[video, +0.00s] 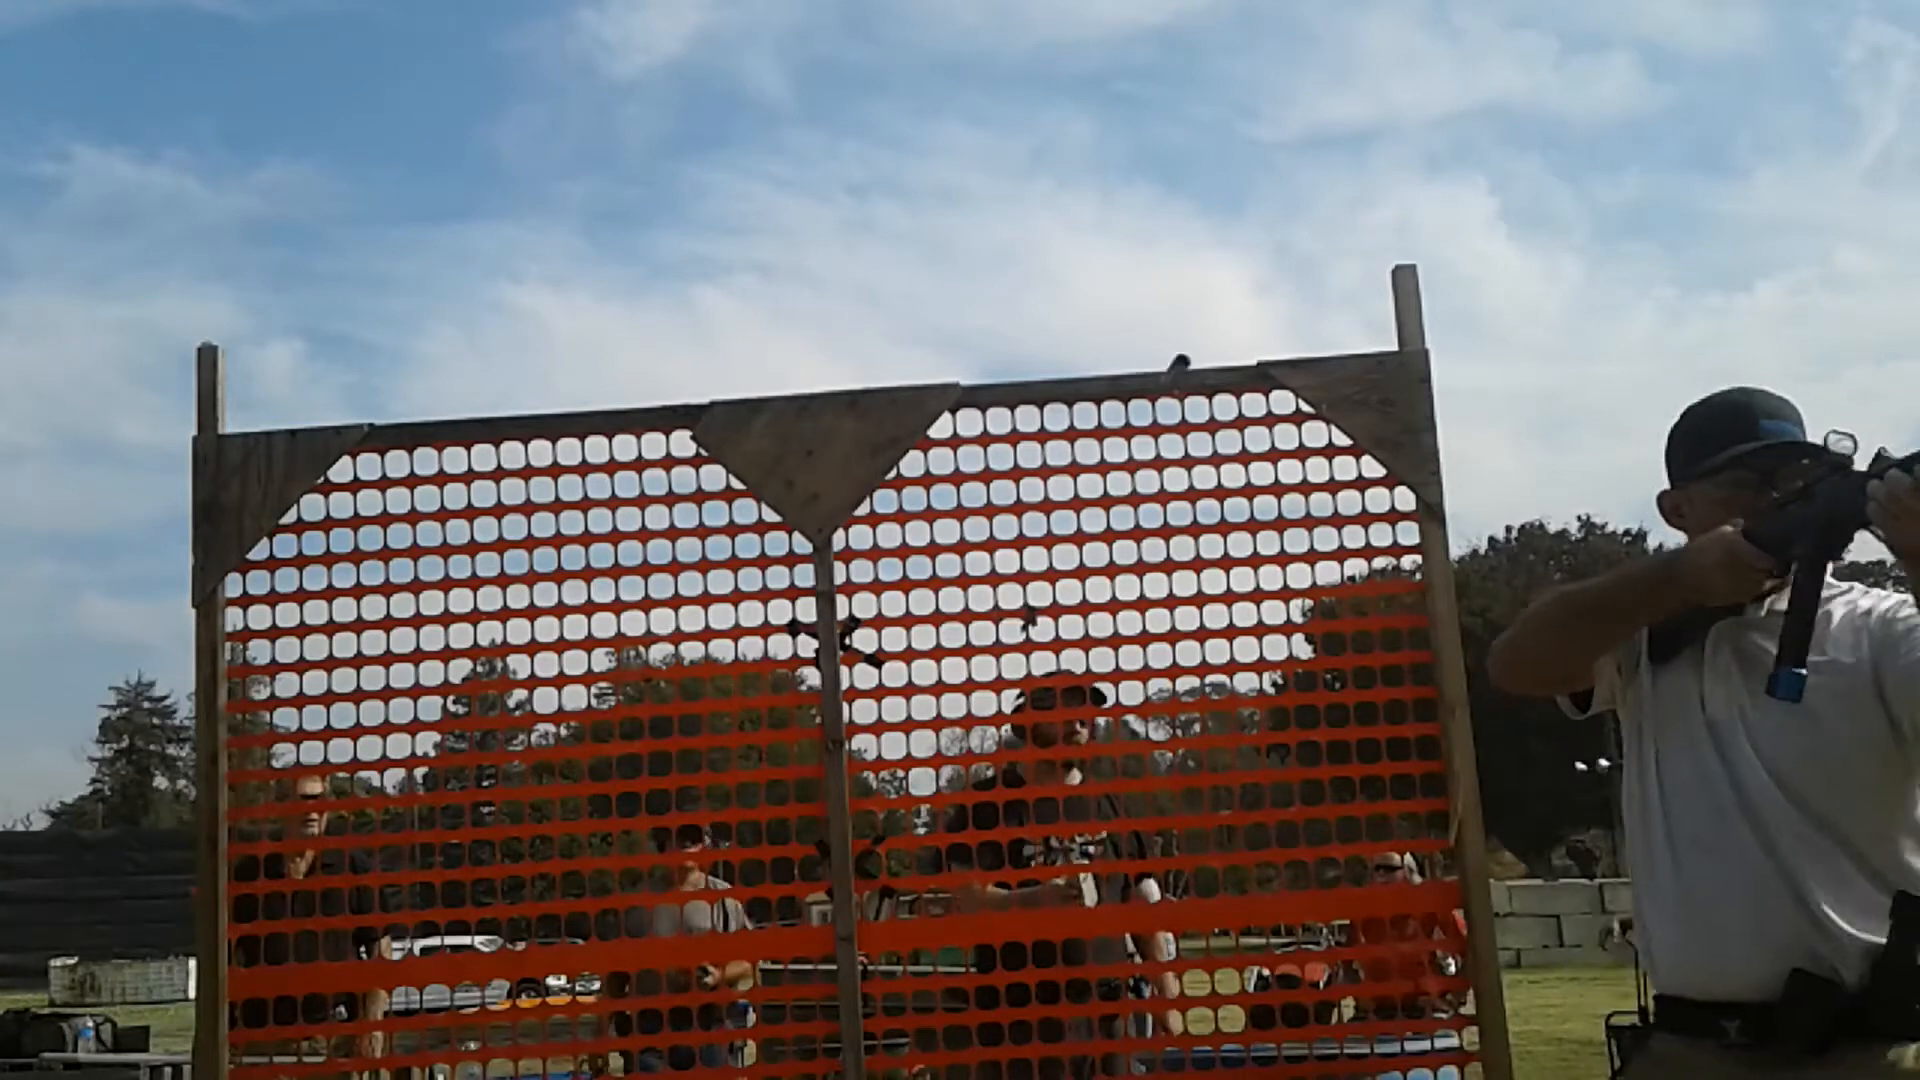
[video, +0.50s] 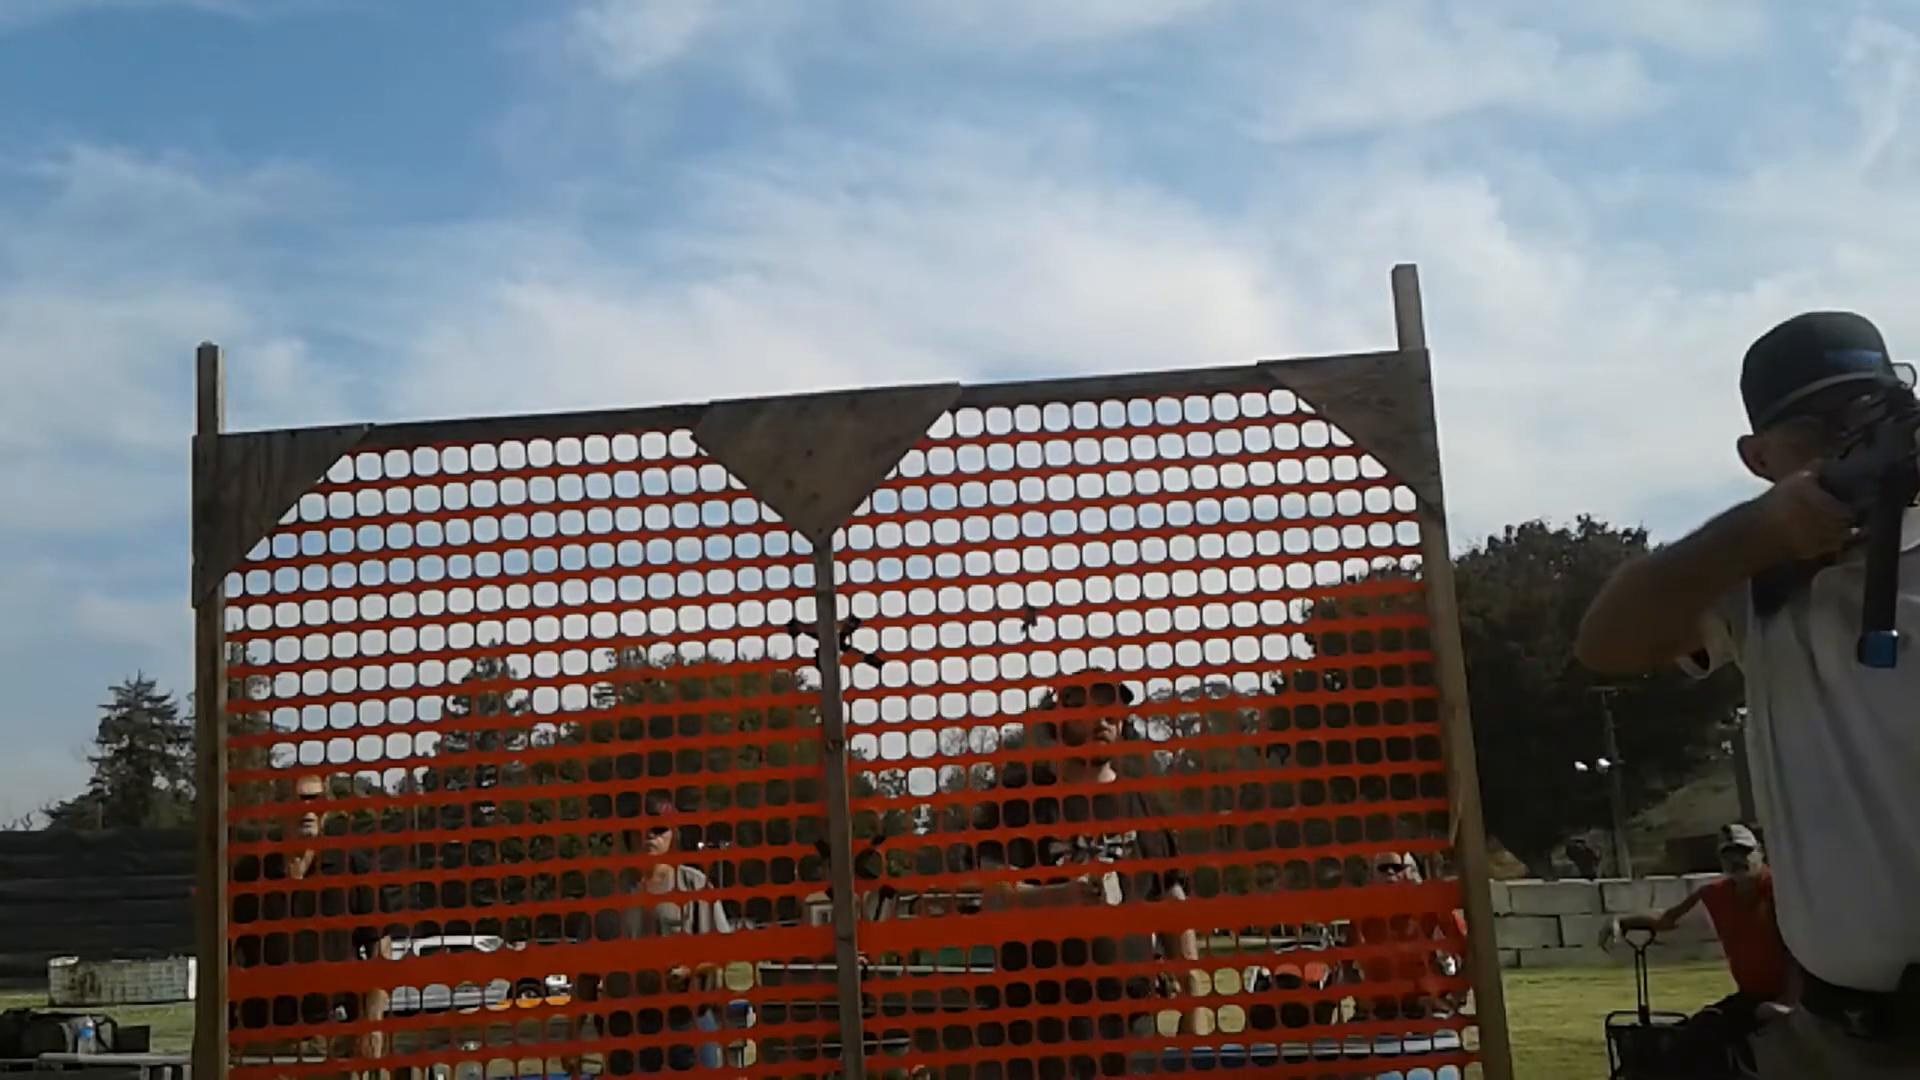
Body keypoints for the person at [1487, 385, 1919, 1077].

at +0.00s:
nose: (1773, 504)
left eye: (1791, 478)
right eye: (1745, 479)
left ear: (1816, 487)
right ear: (1678, 508)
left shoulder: (1879, 625)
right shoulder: (1643, 644)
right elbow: (1513, 665)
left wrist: (1915, 558)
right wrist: (1682, 577)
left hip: (1862, 1043)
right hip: (1684, 1044)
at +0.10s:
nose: (1788, 486)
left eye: (1806, 459)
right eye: (1759, 467)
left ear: (1835, 467)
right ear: (1701, 502)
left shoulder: (1895, 602)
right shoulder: (1686, 628)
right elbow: (1545, 659)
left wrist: (1913, 554)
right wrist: (1708, 566)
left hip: (1892, 1033)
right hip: (1733, 1036)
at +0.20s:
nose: (1805, 474)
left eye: (1824, 445)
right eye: (1775, 455)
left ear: (1860, 450)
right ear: (1723, 488)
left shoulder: (1905, 581)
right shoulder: (1722, 604)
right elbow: (1572, 658)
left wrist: (1913, 532)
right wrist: (1722, 558)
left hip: (1906, 1029)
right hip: (1773, 1034)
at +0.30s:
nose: (1828, 457)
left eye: (1847, 428)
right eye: (1795, 437)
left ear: (1882, 436)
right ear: (1740, 475)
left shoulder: (1913, 562)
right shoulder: (1743, 596)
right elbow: (1593, 652)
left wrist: (1913, 507)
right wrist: (1741, 548)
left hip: (1910, 1021)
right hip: (1804, 1030)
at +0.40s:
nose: (1849, 455)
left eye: (1866, 423)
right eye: (1816, 436)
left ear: (1895, 426)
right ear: (1754, 465)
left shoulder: (1916, 539)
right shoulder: (1757, 582)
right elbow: (1600, 645)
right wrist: (1765, 530)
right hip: (1815, 1028)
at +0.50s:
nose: (1850, 449)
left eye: (1868, 415)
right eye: (1816, 429)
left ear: (1899, 416)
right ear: (1759, 457)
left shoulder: (1916, 539)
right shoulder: (1764, 574)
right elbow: (1603, 643)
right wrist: (1770, 527)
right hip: (1821, 1025)